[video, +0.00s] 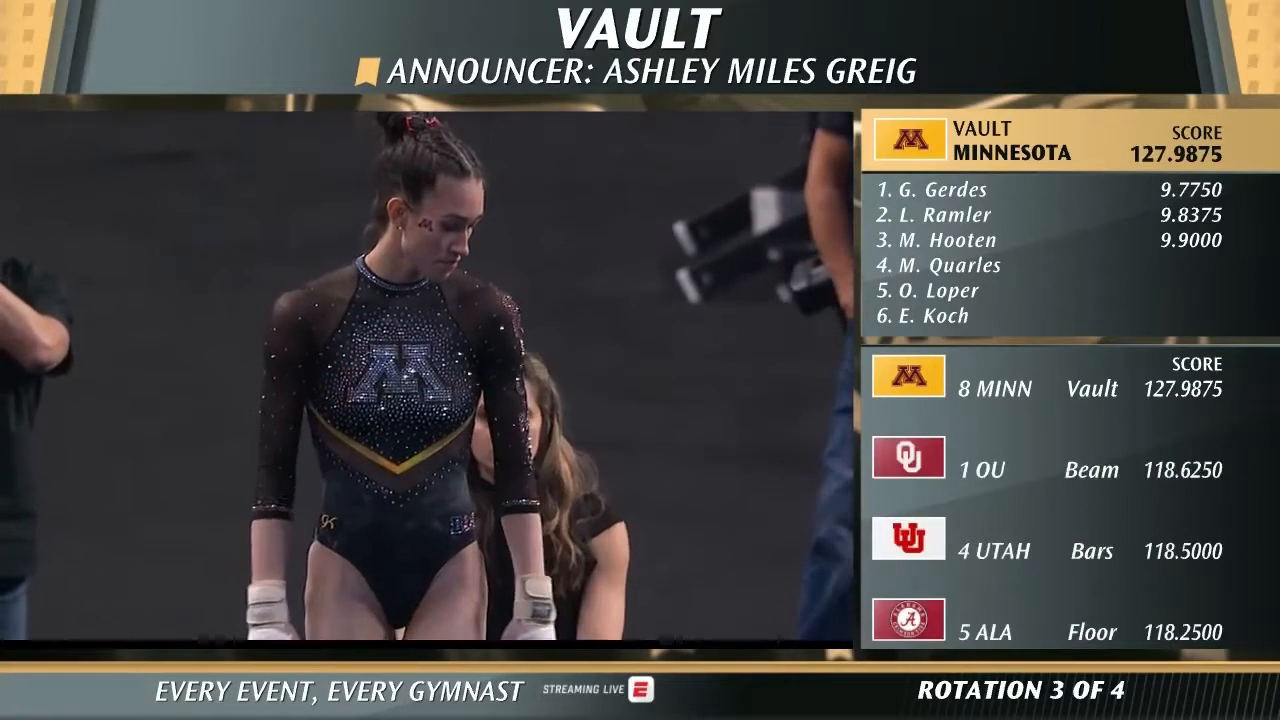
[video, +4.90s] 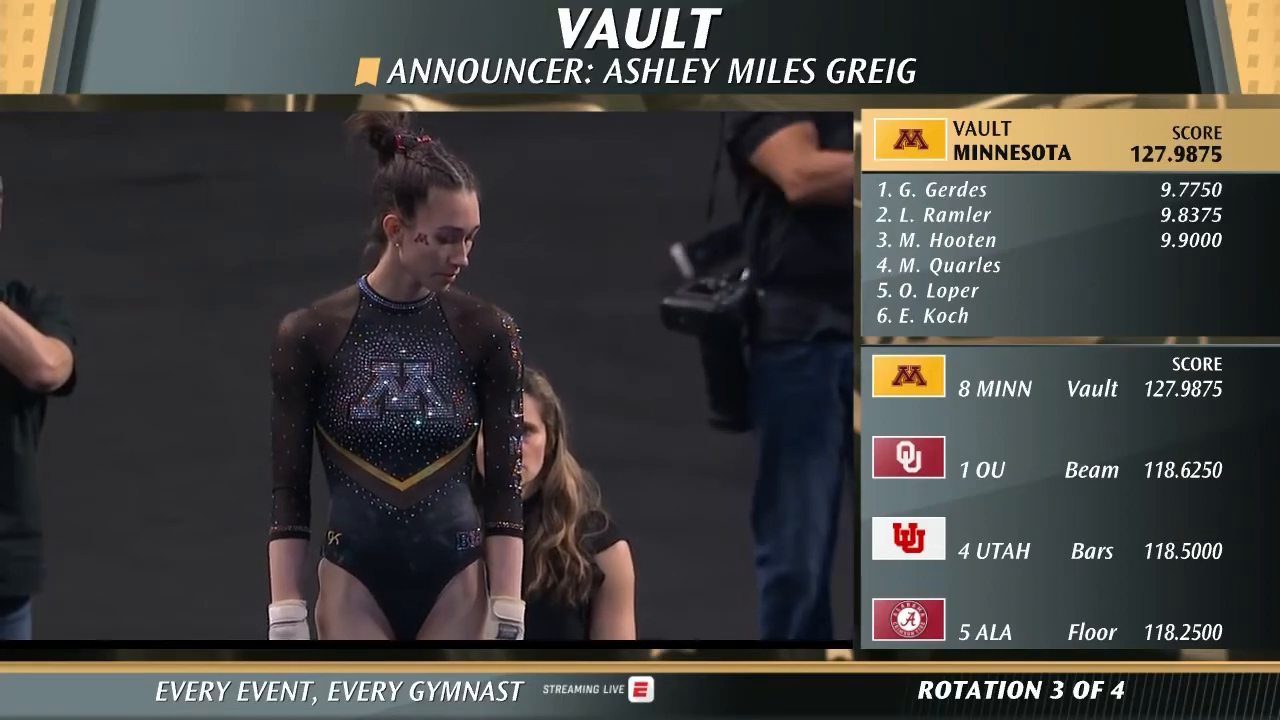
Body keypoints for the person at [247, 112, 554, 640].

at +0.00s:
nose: (463, 244)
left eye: (471, 227)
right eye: (449, 226)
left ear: (478, 217)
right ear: (397, 213)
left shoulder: (483, 313)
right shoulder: (304, 315)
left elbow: (514, 465)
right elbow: (274, 470)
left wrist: (534, 606)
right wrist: (265, 613)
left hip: (452, 563)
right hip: (344, 562)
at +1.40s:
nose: (467, 245)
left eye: (474, 227)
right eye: (453, 226)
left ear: (481, 216)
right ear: (400, 214)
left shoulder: (489, 316)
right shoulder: (311, 318)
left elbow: (500, 468)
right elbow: (290, 473)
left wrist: (473, 597)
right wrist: (331, 590)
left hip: (458, 566)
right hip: (355, 566)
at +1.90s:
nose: (470, 247)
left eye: (478, 229)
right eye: (456, 228)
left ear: (486, 218)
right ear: (404, 215)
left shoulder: (495, 317)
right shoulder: (317, 320)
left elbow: (526, 472)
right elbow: (292, 478)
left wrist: (543, 617)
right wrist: (273, 622)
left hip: (462, 566)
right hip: (354, 565)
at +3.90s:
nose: (460, 252)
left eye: (466, 235)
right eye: (444, 236)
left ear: (472, 225)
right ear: (390, 226)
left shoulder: (483, 329)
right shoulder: (305, 331)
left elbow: (499, 479)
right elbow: (285, 486)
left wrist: (500, 619)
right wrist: (281, 622)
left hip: (456, 573)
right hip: (348, 572)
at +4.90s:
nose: (464, 255)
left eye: (471, 237)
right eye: (448, 239)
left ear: (476, 225)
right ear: (394, 228)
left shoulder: (486, 331)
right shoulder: (309, 333)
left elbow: (502, 481)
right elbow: (289, 486)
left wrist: (507, 619)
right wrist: (286, 620)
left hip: (458, 574)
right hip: (351, 573)